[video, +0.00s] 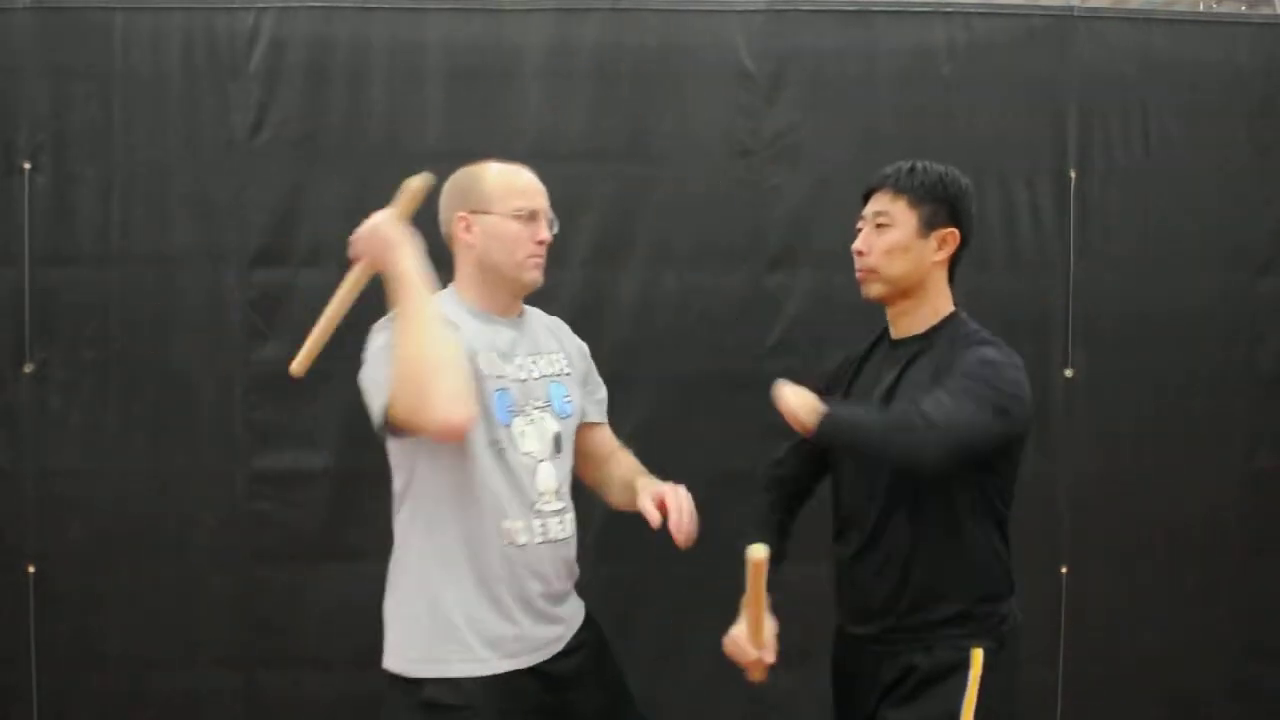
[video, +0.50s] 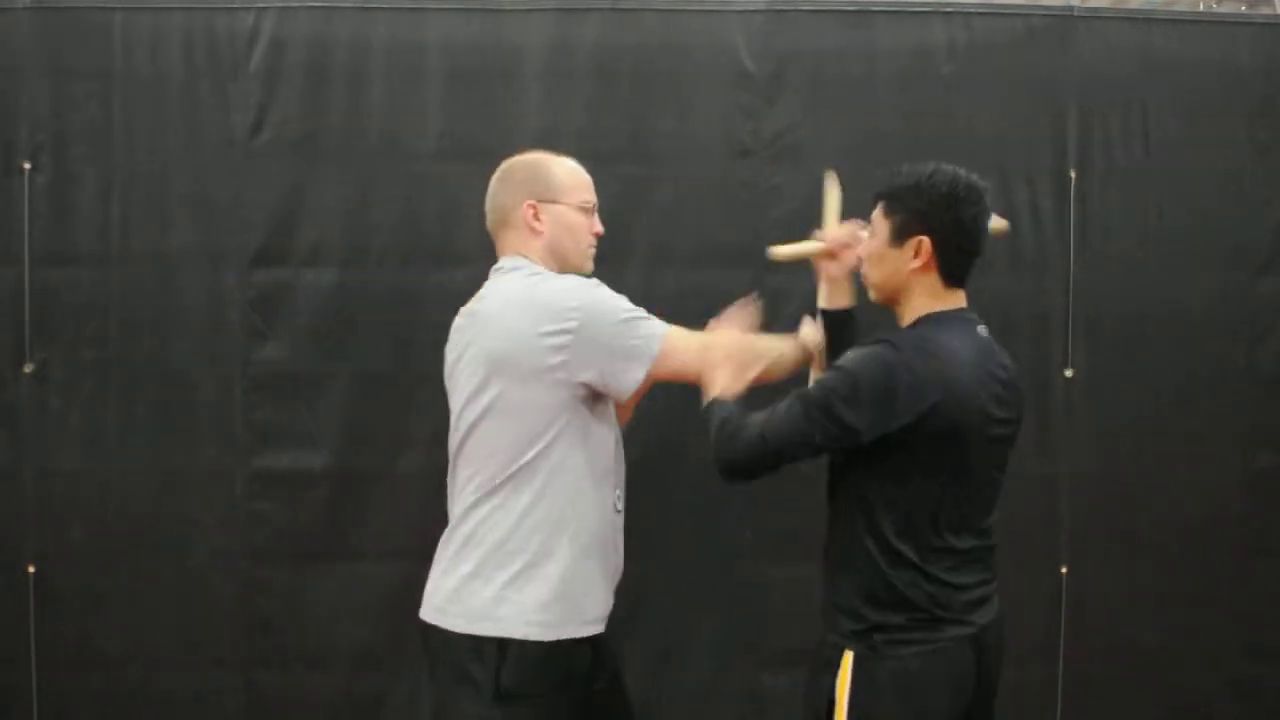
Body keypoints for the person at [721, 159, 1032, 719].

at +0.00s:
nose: (858, 245)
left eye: (881, 227)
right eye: (860, 229)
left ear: (942, 244)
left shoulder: (991, 369)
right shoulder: (855, 371)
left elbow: (929, 438)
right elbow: (782, 483)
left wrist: (825, 420)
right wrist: (756, 598)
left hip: (955, 654)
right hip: (863, 651)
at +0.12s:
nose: (857, 246)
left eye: (879, 227)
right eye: (862, 228)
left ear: (941, 243)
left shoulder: (968, 354)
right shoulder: (879, 361)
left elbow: (832, 332)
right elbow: (805, 469)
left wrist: (702, 308)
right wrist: (768, 540)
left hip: (950, 654)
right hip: (876, 648)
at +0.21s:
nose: (855, 244)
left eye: (878, 226)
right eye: (862, 226)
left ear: (939, 243)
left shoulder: (961, 350)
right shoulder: (890, 354)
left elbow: (818, 319)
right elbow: (814, 427)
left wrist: (705, 280)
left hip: (939, 649)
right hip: (885, 643)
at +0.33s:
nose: (859, 245)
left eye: (877, 227)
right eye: (867, 226)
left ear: (934, 246)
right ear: (930, 248)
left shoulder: (944, 348)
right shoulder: (925, 344)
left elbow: (777, 362)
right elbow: (784, 390)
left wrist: (791, 257)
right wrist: (744, 270)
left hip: (911, 647)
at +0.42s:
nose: (861, 250)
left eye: (876, 231)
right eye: (868, 231)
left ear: (927, 251)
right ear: (928, 252)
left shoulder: (931, 358)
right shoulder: (969, 345)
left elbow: (753, 400)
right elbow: (809, 378)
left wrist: (795, 327)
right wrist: (786, 276)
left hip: (896, 652)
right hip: (943, 641)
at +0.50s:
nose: (861, 248)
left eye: (872, 233)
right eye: (867, 232)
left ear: (918, 253)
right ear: (924, 255)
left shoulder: (894, 368)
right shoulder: (988, 358)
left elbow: (737, 451)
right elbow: (840, 411)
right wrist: (836, 283)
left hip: (883, 658)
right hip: (964, 645)